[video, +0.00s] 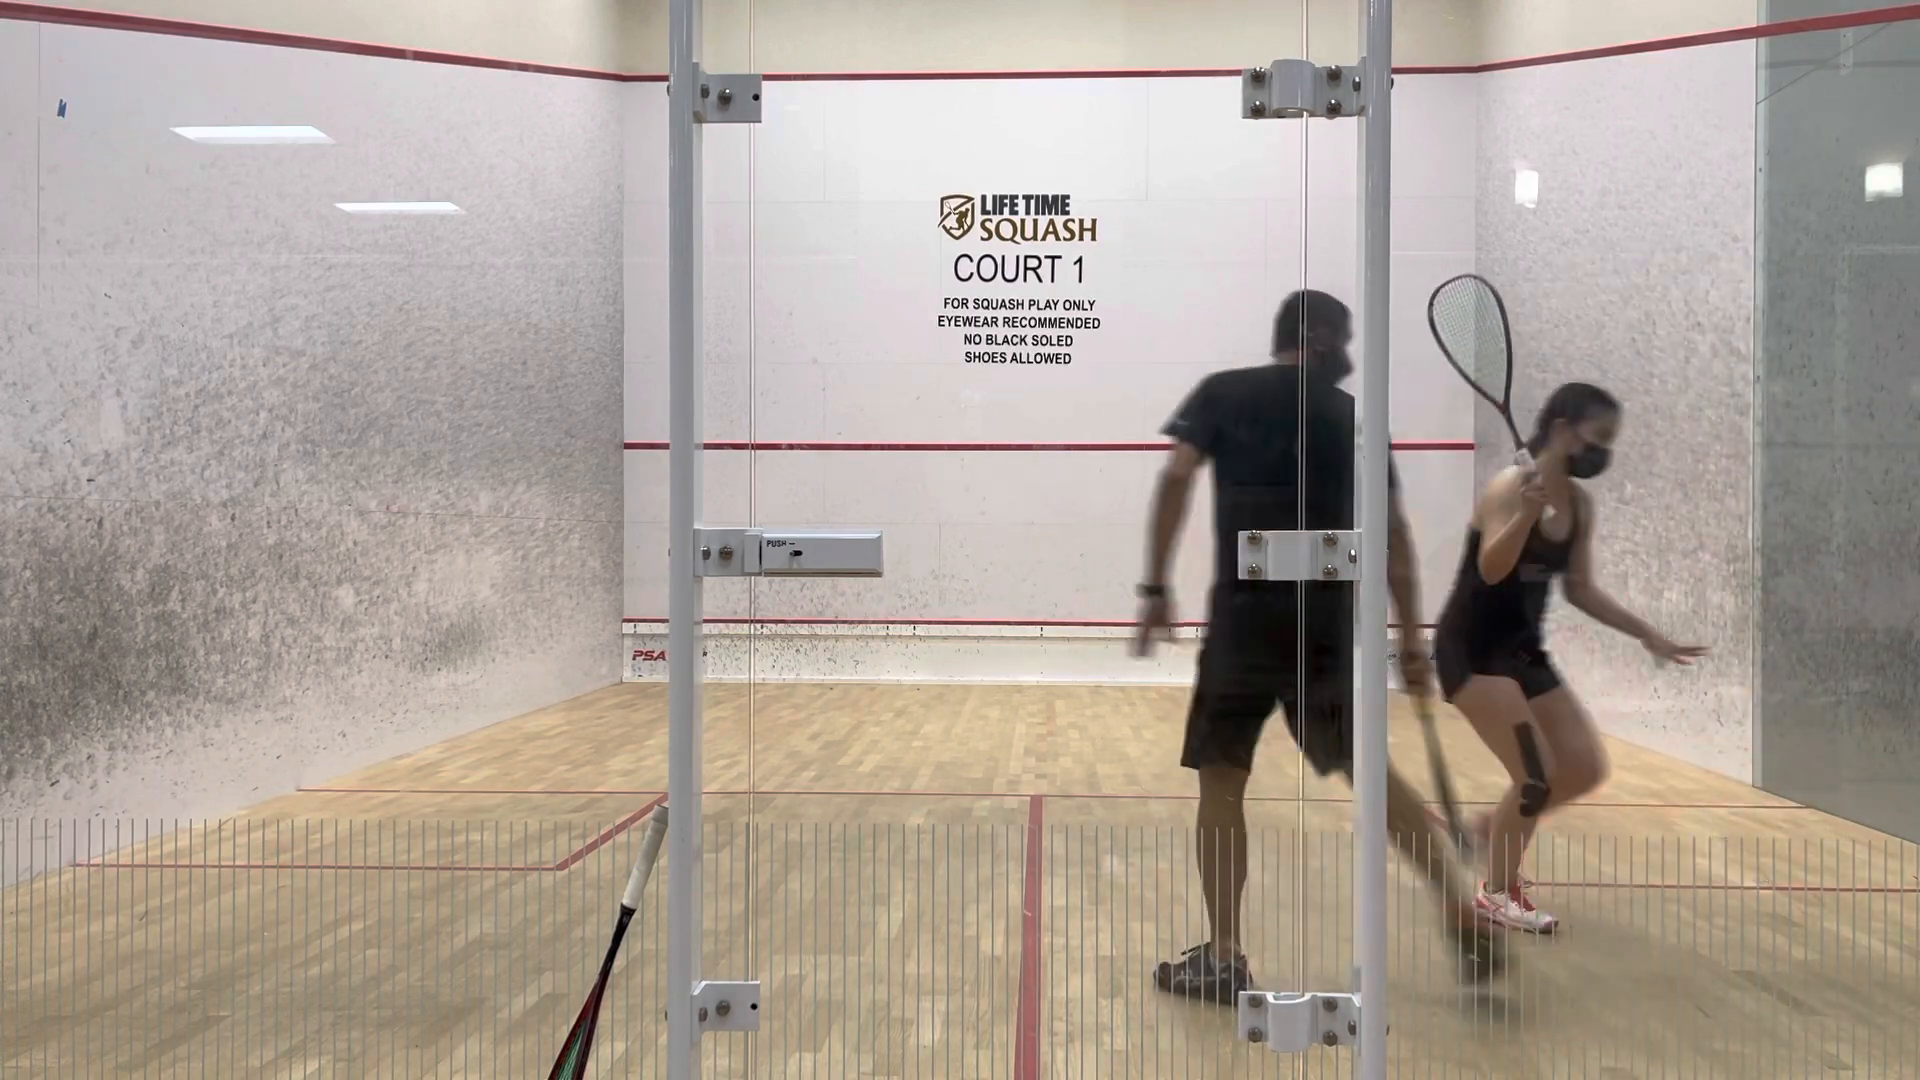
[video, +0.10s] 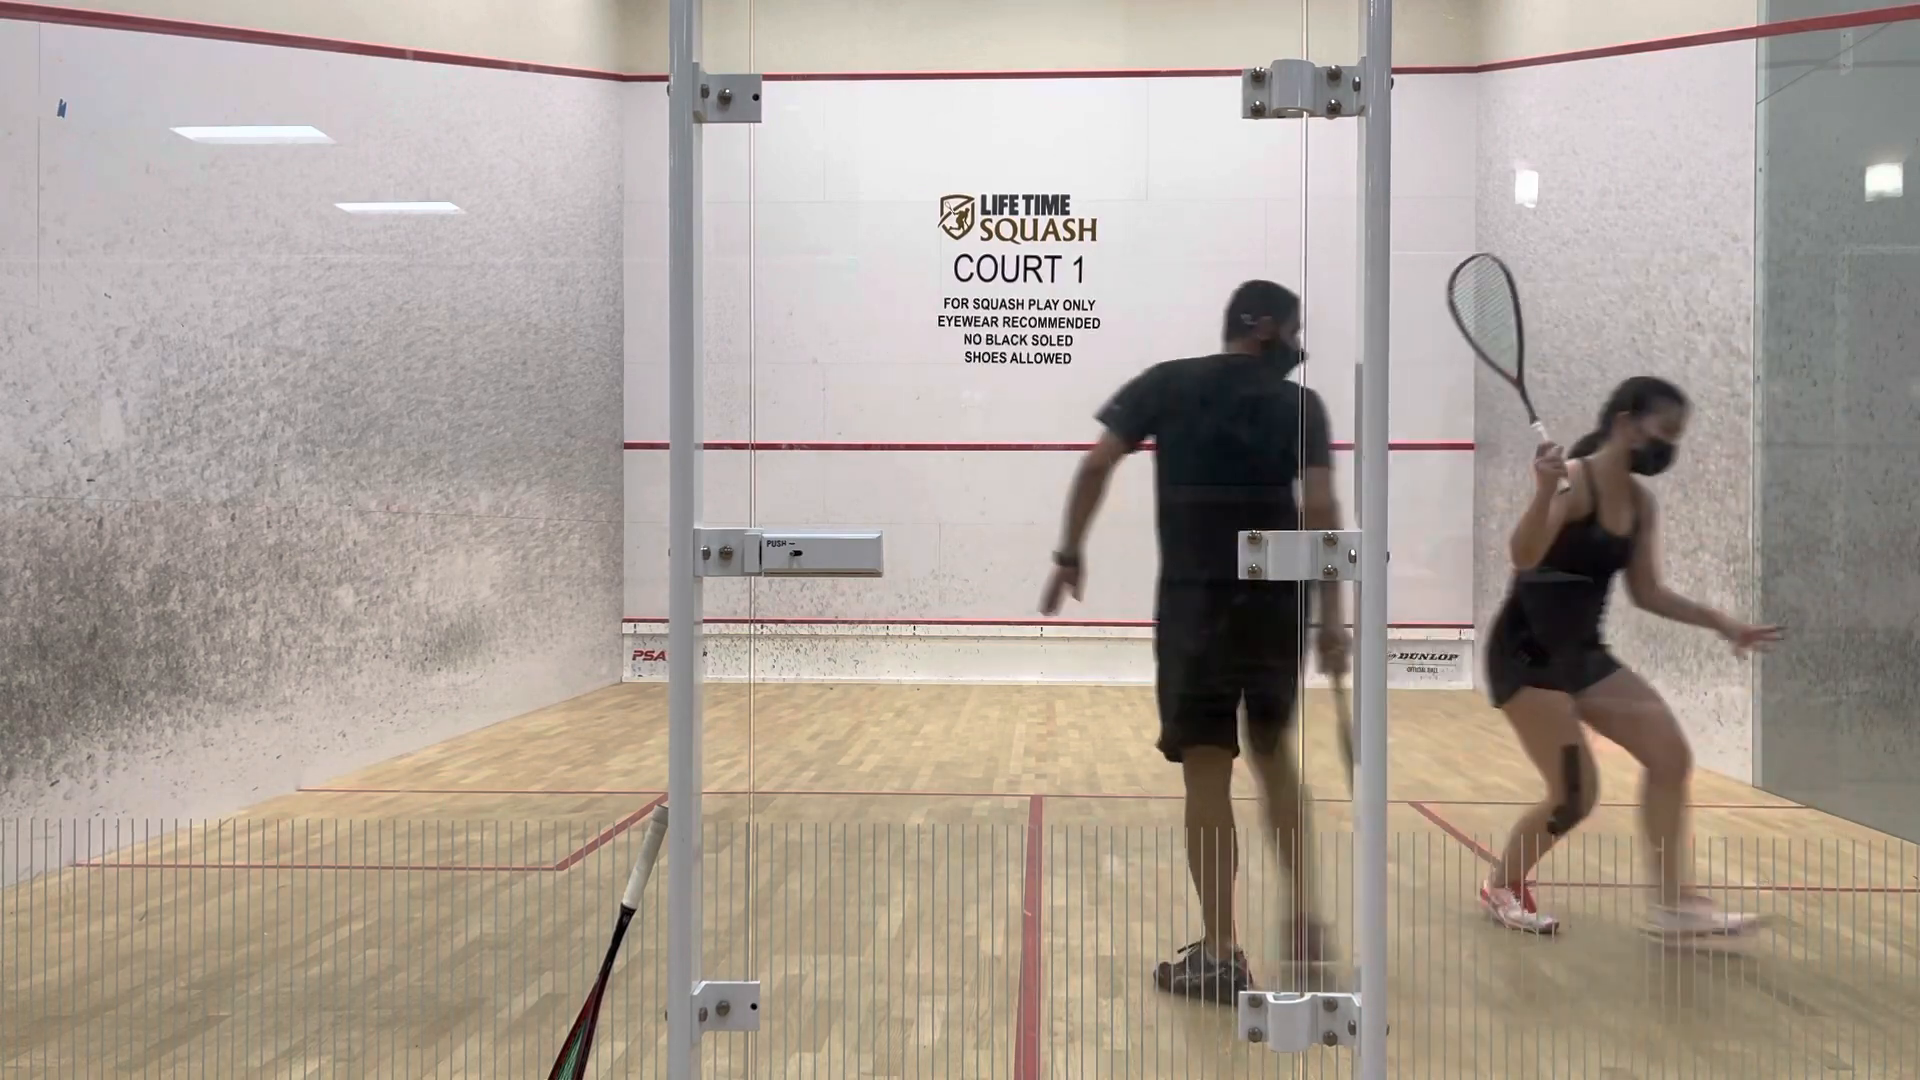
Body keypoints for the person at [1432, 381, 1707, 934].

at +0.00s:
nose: (1605, 452)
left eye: (1609, 442)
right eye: (1598, 438)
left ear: (1573, 436)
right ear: (1561, 428)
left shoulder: (1578, 502)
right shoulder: (1510, 487)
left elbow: (1580, 589)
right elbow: (1491, 570)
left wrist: (1647, 634)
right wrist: (1525, 514)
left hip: (1523, 648)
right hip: (1470, 649)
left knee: (1584, 768)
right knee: (1534, 777)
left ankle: (1479, 830)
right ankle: (1498, 892)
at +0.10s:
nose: (1670, 447)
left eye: (1676, 437)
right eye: (1664, 432)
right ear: (1624, 421)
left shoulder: (1639, 502)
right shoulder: (1572, 480)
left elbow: (1647, 593)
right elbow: (1523, 556)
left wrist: (1723, 623)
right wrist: (1545, 493)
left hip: (1581, 650)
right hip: (1523, 651)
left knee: (1670, 756)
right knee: (1575, 795)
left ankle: (1673, 904)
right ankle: (1503, 884)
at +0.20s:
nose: (1736, 456)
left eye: (1742, 446)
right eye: (1729, 441)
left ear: (1705, 438)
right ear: (1689, 428)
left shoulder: (1707, 510)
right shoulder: (1619, 486)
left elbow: (1726, 600)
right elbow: (1555, 552)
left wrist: (1807, 632)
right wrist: (1565, 481)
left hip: (1657, 669)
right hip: (1593, 668)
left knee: (1734, 798)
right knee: (1645, 813)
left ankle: (1795, 943)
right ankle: (1547, 854)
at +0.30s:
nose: (1795, 471)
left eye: (1804, 460)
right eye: (1790, 454)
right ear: (1746, 439)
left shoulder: (1770, 528)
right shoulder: (1660, 494)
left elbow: (1807, 625)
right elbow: (1577, 546)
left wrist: (1861, 699)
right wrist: (1590, 473)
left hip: (1705, 670)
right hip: (1635, 673)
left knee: (1806, 787)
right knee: (1727, 788)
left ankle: (1807, 948)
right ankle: (1646, 893)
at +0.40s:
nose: (1854, 476)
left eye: (1862, 465)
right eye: (1849, 458)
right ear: (1805, 441)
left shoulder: (1815, 536)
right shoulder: (1701, 482)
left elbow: (1811, 612)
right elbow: (1591, 500)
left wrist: (1821, 681)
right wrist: (1625, 427)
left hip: (1720, 670)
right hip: (1647, 666)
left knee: (1841, 786)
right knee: (1757, 784)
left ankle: (1820, 941)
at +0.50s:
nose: (1901, 508)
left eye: (1908, 498)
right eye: (1898, 491)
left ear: (1866, 482)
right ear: (1857, 472)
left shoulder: (1857, 572)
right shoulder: (1745, 507)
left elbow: (1779, 615)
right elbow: (1630, 493)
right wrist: (1681, 423)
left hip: (1734, 701)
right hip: (1666, 696)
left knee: (1865, 801)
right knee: (1785, 819)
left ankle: (1834, 955)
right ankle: (1787, 1004)